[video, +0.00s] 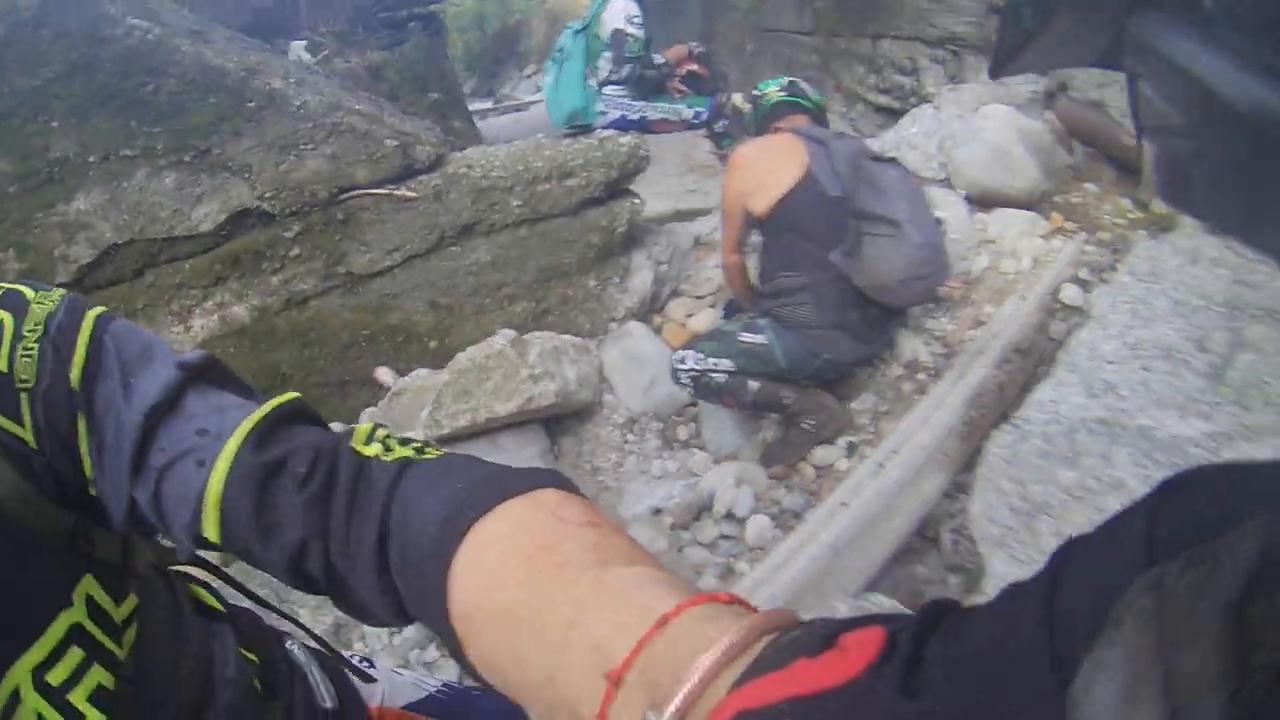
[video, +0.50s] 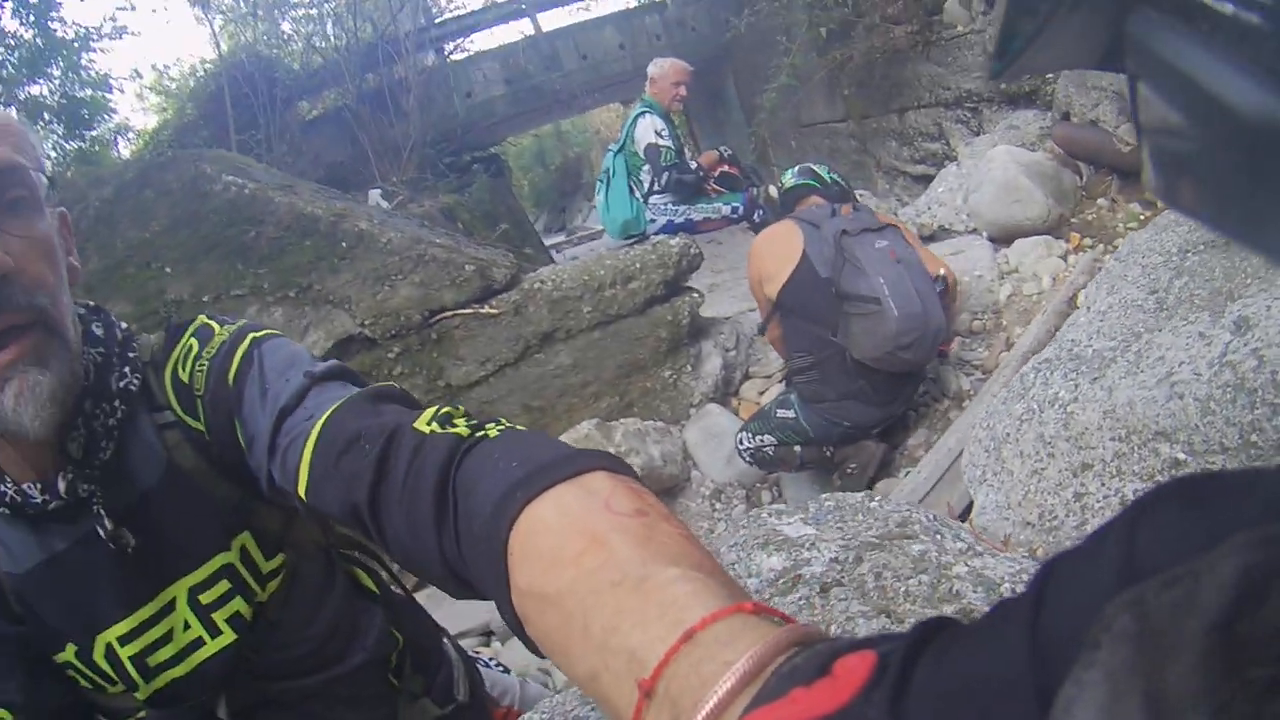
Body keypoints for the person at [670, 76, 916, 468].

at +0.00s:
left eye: (750, 121)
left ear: (763, 122)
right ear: (817, 117)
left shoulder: (750, 157)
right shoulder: (848, 149)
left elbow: (730, 259)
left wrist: (755, 309)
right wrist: (927, 280)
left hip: (820, 336)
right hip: (878, 320)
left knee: (687, 364)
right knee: (736, 312)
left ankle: (813, 414)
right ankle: (832, 377)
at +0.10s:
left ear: (690, 124)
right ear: (750, 117)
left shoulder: (677, 160)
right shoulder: (778, 144)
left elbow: (673, 256)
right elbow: (822, 221)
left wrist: (696, 305)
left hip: (752, 329)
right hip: (815, 307)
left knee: (637, 368)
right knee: (682, 309)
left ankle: (755, 398)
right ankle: (781, 365)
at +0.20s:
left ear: (705, 159)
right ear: (760, 153)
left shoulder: (688, 196)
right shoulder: (788, 178)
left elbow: (686, 286)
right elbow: (826, 256)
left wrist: (709, 333)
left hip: (763, 364)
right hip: (826, 341)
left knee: (653, 399)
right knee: (701, 340)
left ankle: (766, 423)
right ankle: (798, 394)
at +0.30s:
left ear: (739, 167)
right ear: (796, 161)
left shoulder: (720, 202)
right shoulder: (822, 187)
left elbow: (718, 290)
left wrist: (737, 333)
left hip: (787, 369)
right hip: (856, 351)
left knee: (685, 400)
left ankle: (785, 423)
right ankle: (831, 395)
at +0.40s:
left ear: (761, 185)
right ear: (817, 176)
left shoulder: (743, 219)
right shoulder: (846, 202)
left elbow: (747, 311)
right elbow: (906, 261)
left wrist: (773, 352)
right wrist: (908, 322)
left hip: (814, 384)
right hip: (877, 362)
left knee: (718, 418)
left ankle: (820, 435)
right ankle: (858, 406)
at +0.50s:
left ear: (785, 208)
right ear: (841, 194)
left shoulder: (767, 244)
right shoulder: (883, 222)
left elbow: (777, 336)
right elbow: (943, 277)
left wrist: (809, 368)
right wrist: (942, 340)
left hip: (837, 407)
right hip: (905, 383)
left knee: (749, 443)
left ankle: (847, 453)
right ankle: (893, 422)